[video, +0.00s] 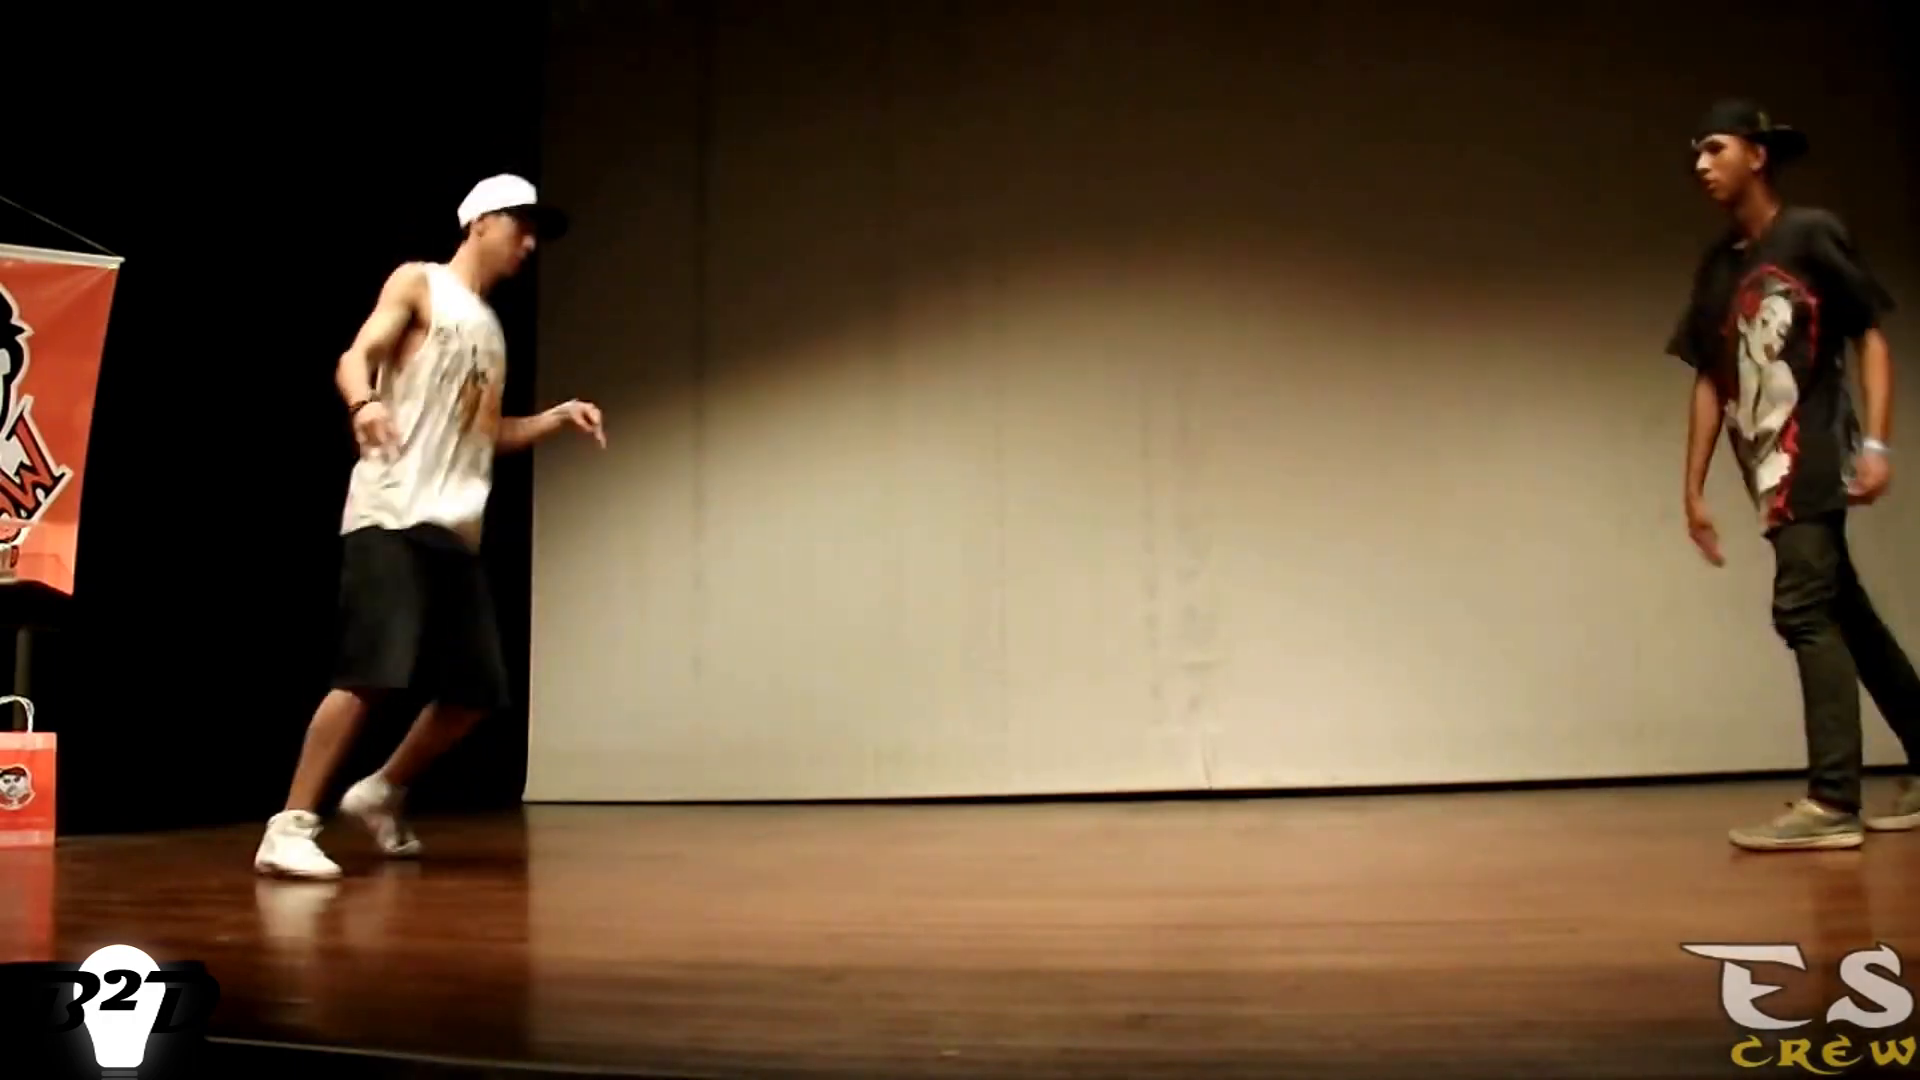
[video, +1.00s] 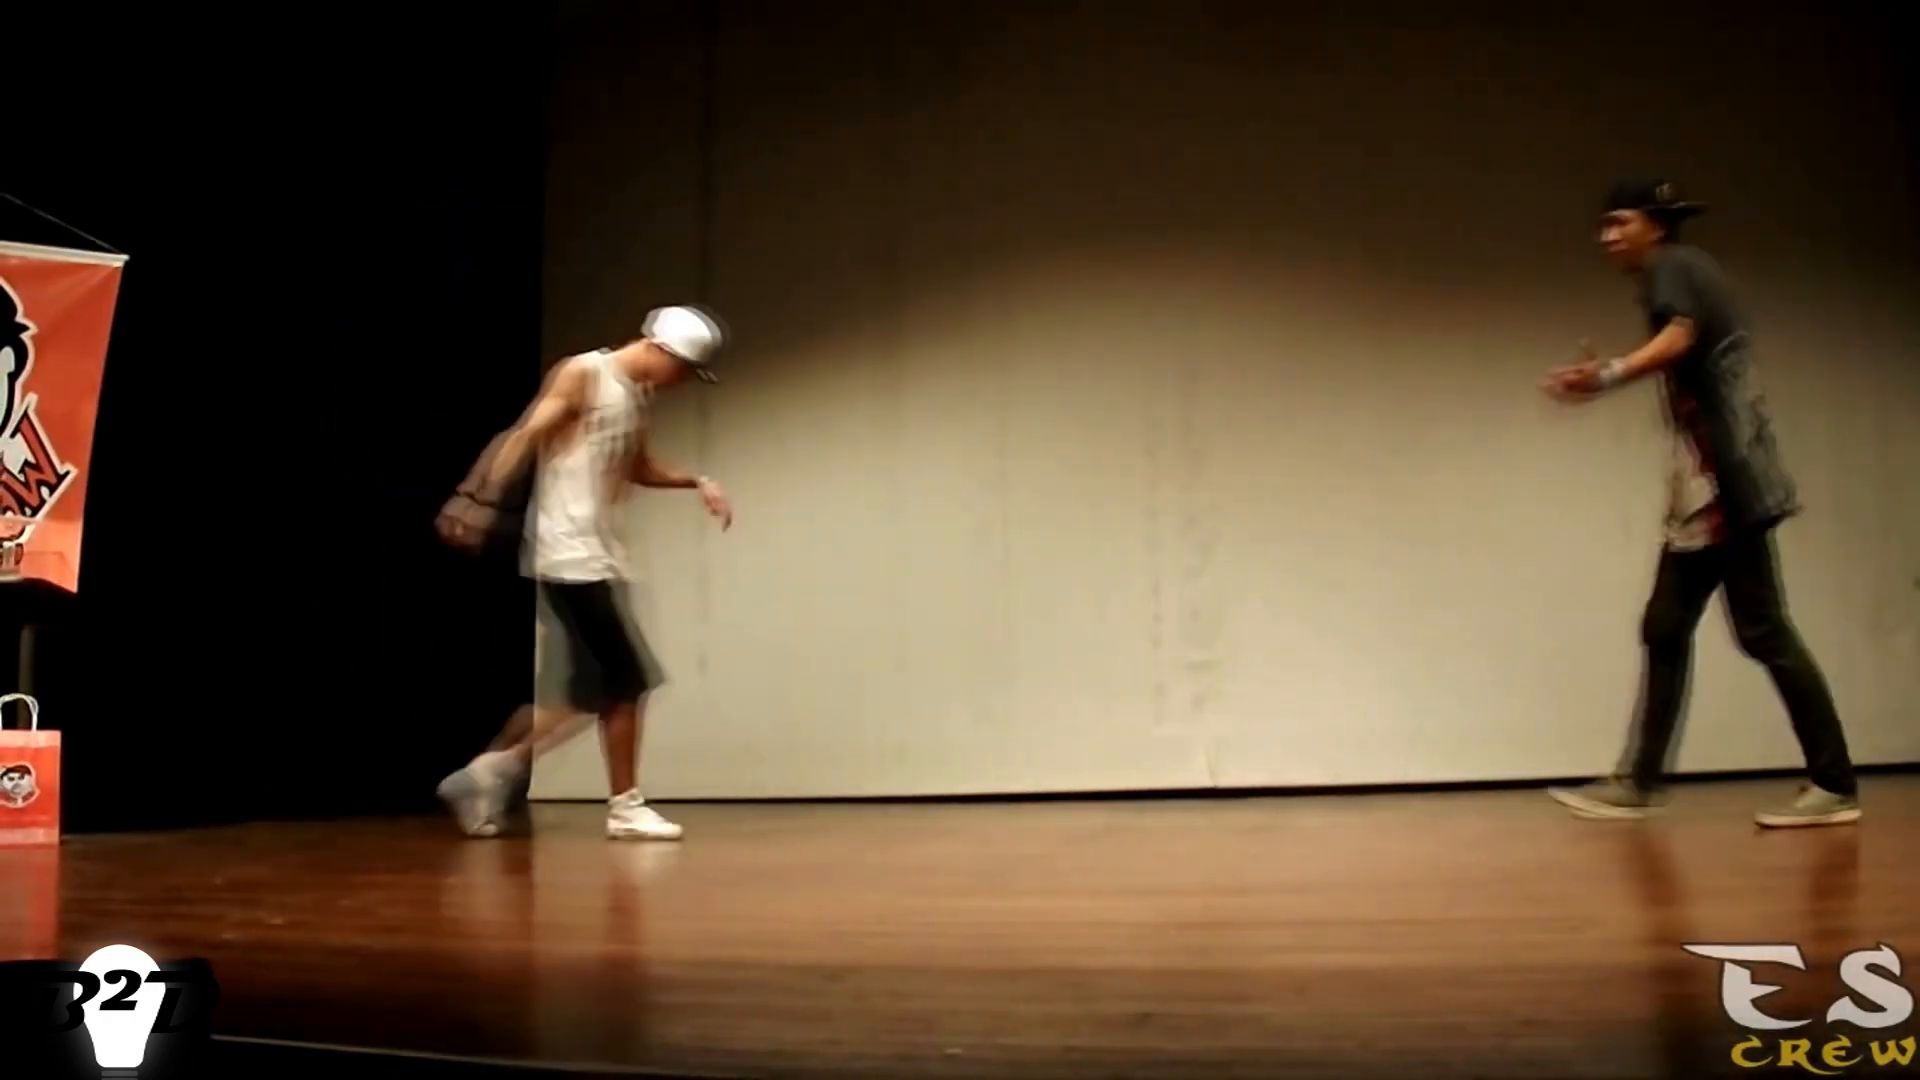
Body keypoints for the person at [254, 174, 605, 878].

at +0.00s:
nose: (527, 243)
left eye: (531, 232)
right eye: (519, 226)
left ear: (510, 240)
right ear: (479, 225)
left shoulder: (489, 331)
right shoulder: (416, 282)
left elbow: (490, 432)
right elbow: (355, 358)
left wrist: (558, 417)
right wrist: (363, 404)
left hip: (452, 530)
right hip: (386, 514)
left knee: (474, 689)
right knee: (372, 668)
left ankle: (380, 794)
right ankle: (291, 826)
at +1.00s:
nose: (677, 380)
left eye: (684, 373)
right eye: (680, 369)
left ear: (665, 356)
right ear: (658, 347)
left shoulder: (633, 395)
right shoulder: (582, 373)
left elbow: (639, 471)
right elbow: (523, 436)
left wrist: (699, 482)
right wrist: (479, 500)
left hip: (596, 555)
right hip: (566, 555)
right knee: (626, 678)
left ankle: (489, 772)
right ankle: (625, 807)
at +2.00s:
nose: (894, 282)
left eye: (902, 271)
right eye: (891, 264)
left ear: (877, 259)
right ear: (856, 241)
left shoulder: (835, 319)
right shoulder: (787, 282)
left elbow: (849, 421)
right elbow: (743, 372)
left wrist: (905, 423)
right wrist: (806, 432)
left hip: (844, 501)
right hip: (796, 497)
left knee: (907, 644)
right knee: (853, 639)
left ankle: (945, 795)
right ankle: (839, 811)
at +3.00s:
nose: (689, 267)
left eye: (693, 257)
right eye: (683, 251)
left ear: (675, 258)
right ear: (647, 242)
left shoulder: (646, 319)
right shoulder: (590, 286)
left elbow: (633, 397)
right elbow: (525, 346)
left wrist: (682, 398)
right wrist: (563, 380)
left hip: (604, 490)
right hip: (556, 482)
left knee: (583, 635)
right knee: (545, 626)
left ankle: (544, 766)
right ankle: (497, 760)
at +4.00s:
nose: (752, 294)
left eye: (754, 285)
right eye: (741, 283)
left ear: (743, 294)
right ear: (709, 287)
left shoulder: (719, 366)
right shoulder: (667, 340)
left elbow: (717, 436)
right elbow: (609, 402)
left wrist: (769, 436)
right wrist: (646, 427)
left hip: (698, 522)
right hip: (663, 521)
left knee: (680, 649)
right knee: (702, 638)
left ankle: (653, 768)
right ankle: (698, 767)